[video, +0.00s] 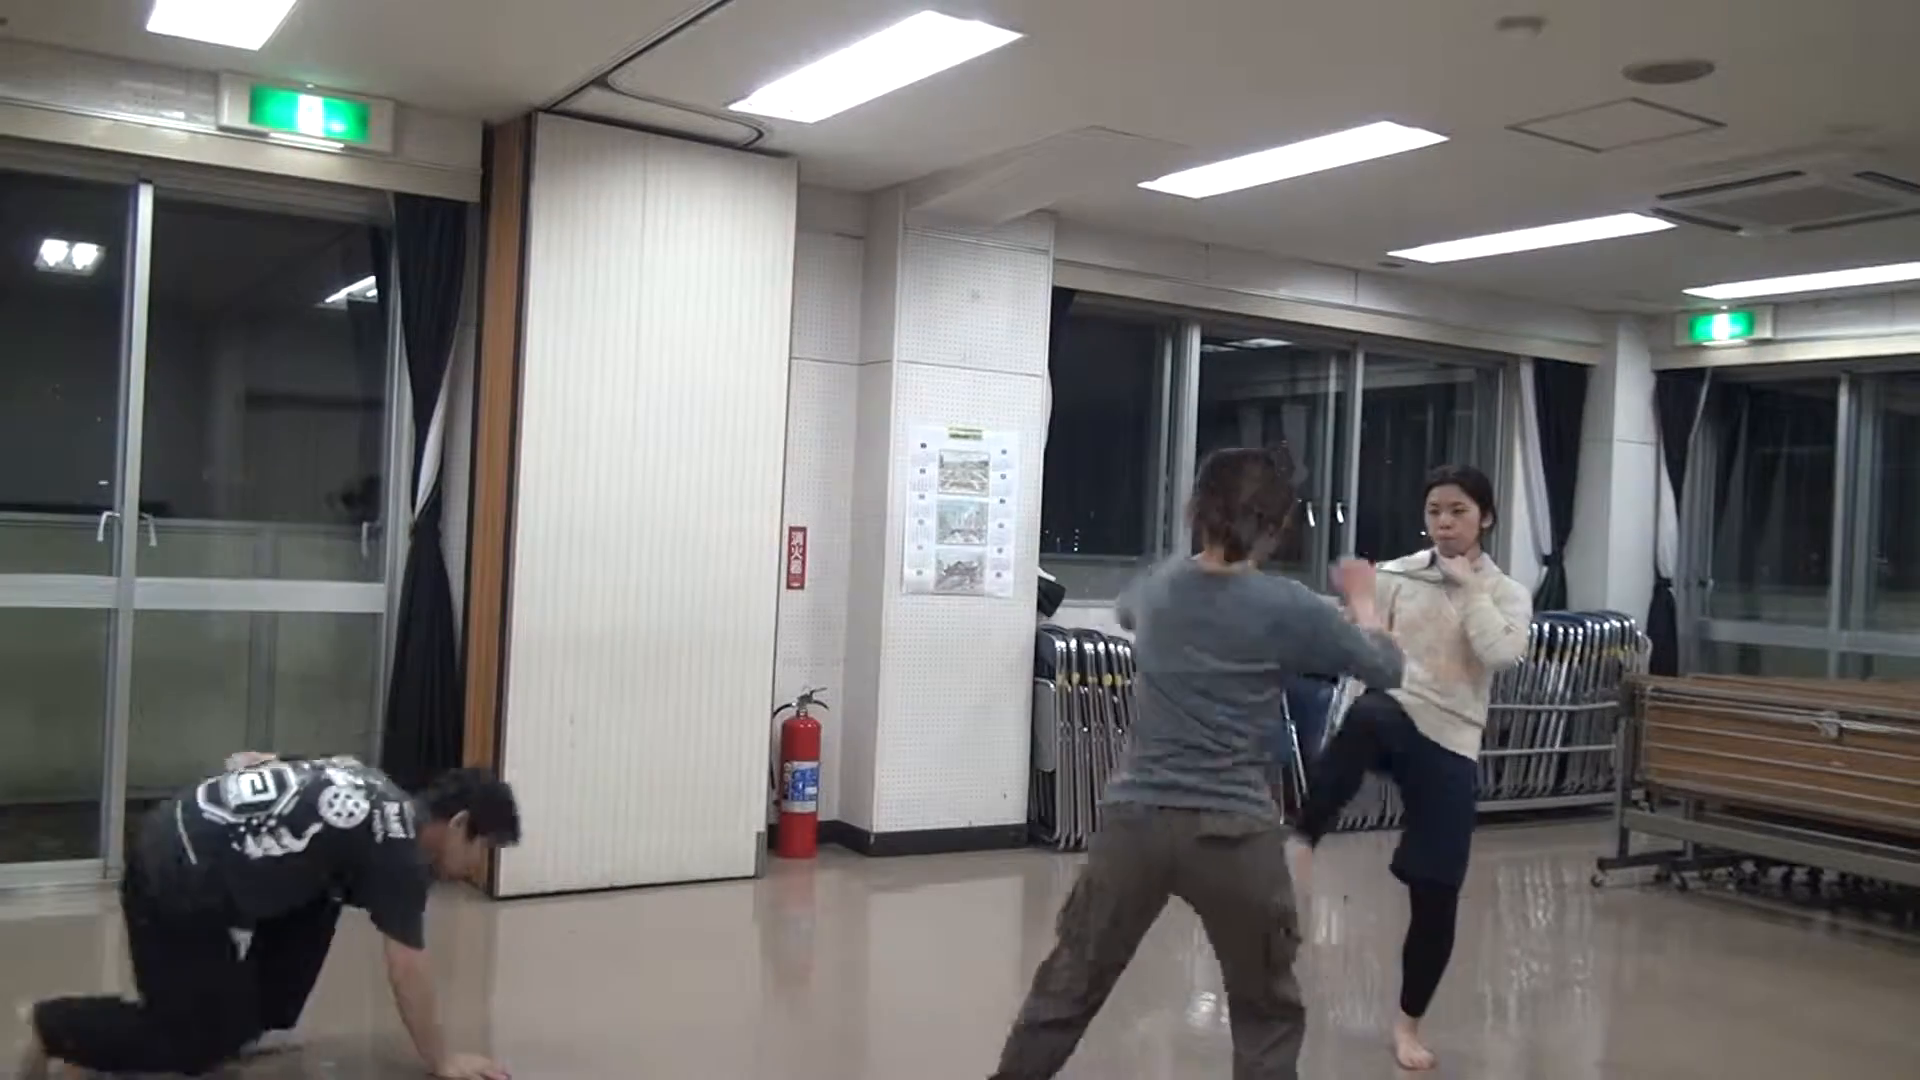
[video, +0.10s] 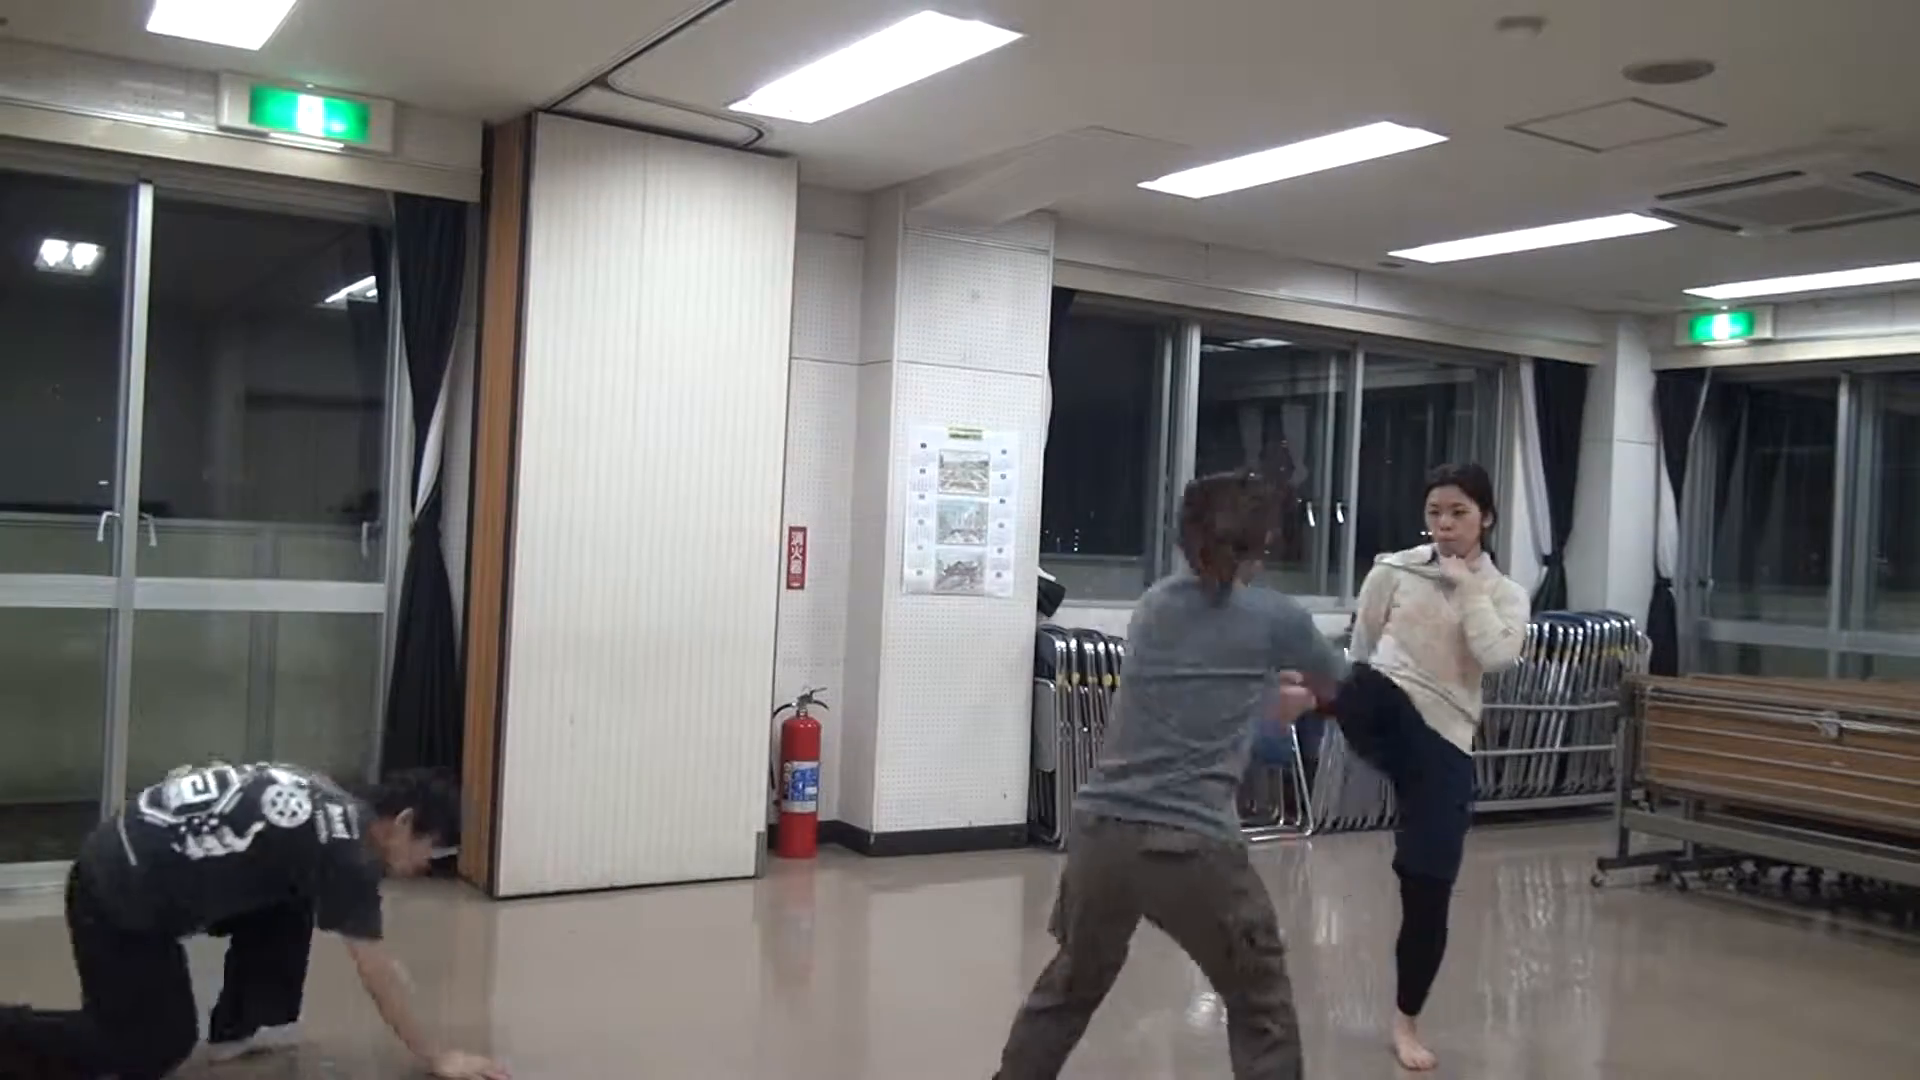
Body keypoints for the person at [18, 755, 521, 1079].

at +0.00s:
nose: (477, 869)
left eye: (487, 857)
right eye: (482, 851)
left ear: (445, 807)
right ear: (456, 822)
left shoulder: (366, 780)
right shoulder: (399, 854)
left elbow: (253, 767)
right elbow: (407, 972)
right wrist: (441, 1061)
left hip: (178, 824)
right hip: (173, 876)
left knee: (313, 898)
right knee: (205, 1036)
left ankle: (260, 1030)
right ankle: (53, 1026)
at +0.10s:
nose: (422, 869)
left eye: (433, 859)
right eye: (429, 854)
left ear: (392, 808)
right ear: (399, 823)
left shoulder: (319, 795)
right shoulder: (345, 851)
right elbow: (373, 966)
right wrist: (433, 1055)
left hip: (132, 856)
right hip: (119, 896)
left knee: (284, 900)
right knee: (155, 1045)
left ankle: (242, 1030)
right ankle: (8, 1030)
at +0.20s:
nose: (390, 837)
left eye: (398, 824)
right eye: (395, 820)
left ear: (350, 786)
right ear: (364, 798)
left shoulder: (254, 772)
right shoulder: (308, 845)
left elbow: (154, 786)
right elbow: (331, 961)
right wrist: (387, 1052)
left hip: (73, 866)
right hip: (88, 910)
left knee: (256, 909)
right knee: (133, 1057)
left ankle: (230, 1033)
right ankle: (5, 1034)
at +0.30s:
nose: (370, 803)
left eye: (374, 790)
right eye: (369, 785)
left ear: (316, 765)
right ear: (329, 768)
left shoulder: (243, 768)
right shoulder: (271, 821)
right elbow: (269, 949)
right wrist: (295, 1057)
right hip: (67, 918)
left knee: (226, 908)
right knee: (134, 1056)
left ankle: (227, 1029)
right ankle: (6, 1031)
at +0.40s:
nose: (346, 761)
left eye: (349, 746)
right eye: (341, 743)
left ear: (294, 730)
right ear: (299, 732)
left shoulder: (221, 752)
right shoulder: (248, 795)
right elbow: (219, 921)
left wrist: (222, 1024)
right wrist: (216, 1044)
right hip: (64, 917)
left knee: (234, 894)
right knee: (132, 1060)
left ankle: (226, 1025)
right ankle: (6, 1030)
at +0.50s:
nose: (326, 711)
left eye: (326, 697)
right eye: (318, 695)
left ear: (268, 690)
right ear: (273, 691)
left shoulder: (181, 719)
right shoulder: (228, 757)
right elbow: (179, 858)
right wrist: (158, 985)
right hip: (77, 912)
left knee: (233, 867)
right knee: (126, 1061)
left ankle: (221, 1029)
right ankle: (2, 1030)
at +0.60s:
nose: (300, 660)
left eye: (300, 646)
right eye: (291, 645)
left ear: (245, 648)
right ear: (244, 648)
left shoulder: (170, 689)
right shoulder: (208, 715)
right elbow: (154, 789)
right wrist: (145, 914)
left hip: (44, 869)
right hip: (76, 882)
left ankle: (225, 1030)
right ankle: (223, 1028)